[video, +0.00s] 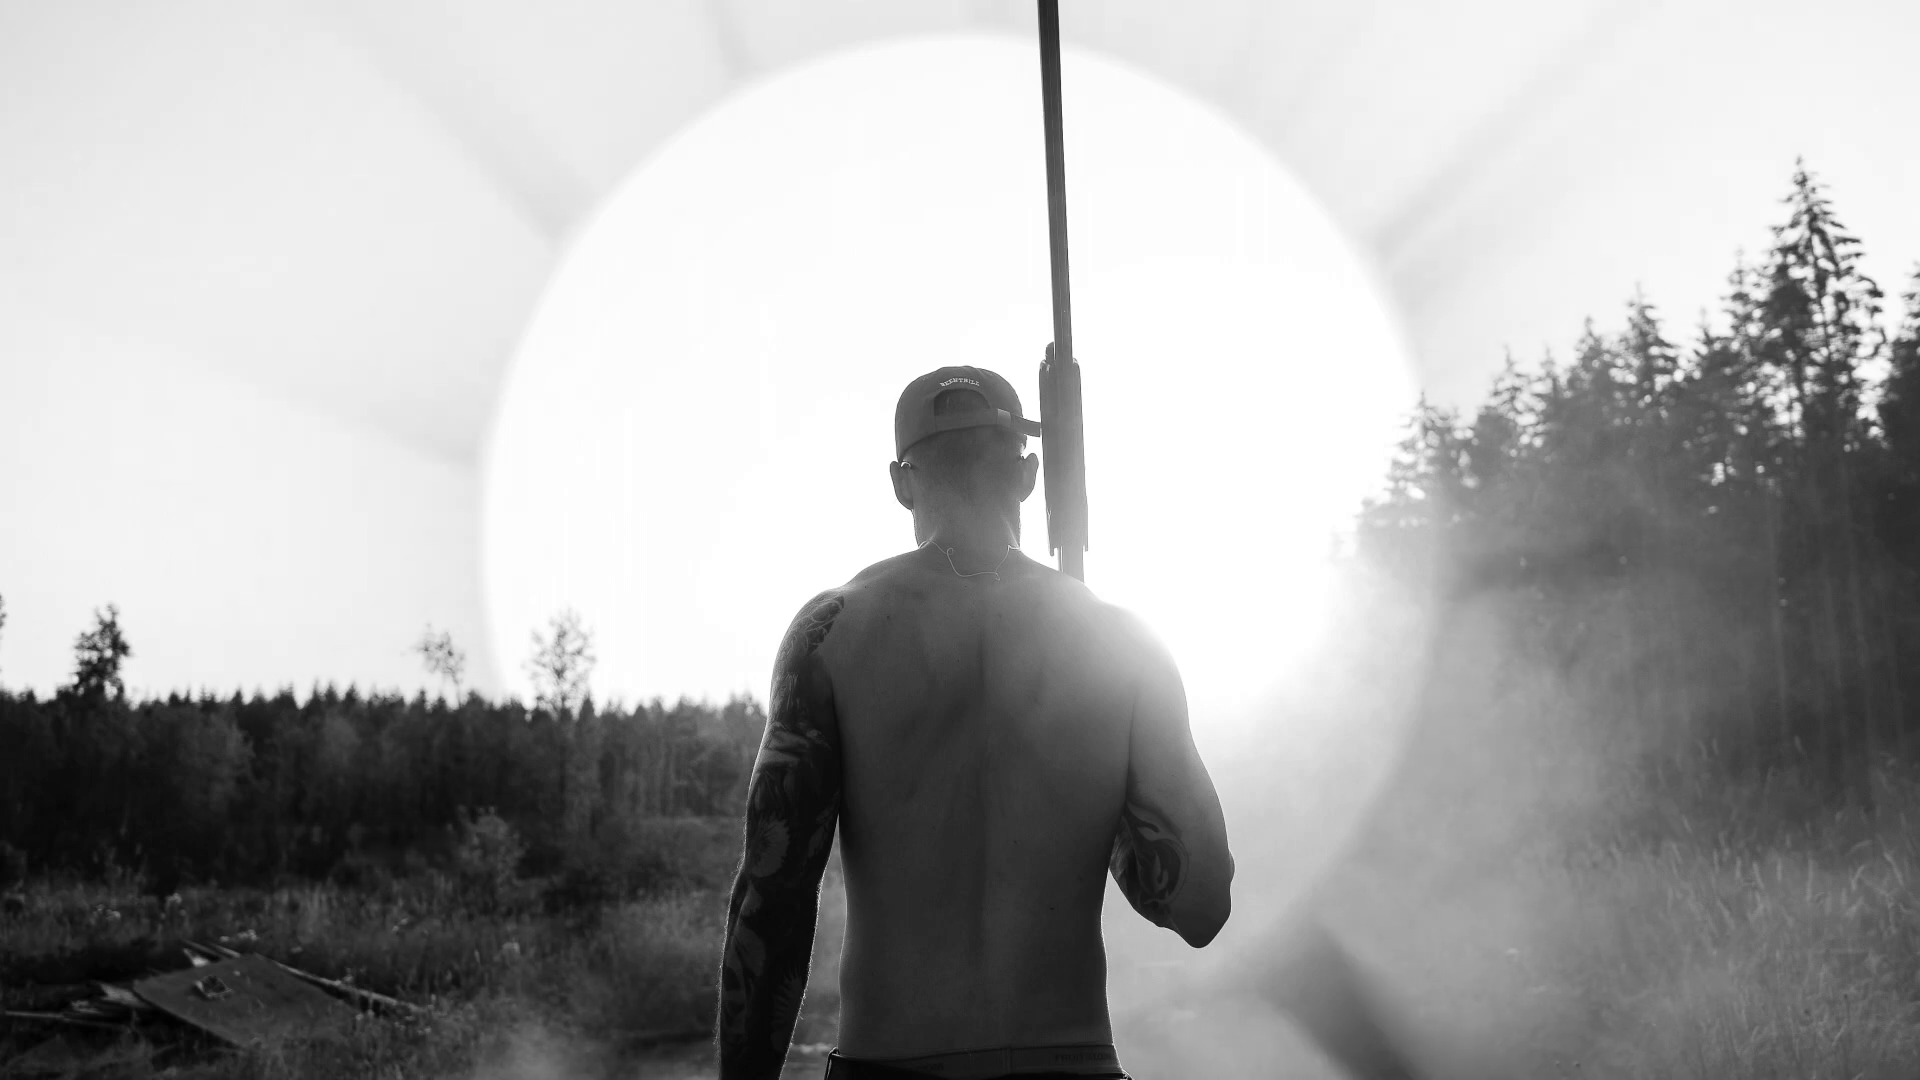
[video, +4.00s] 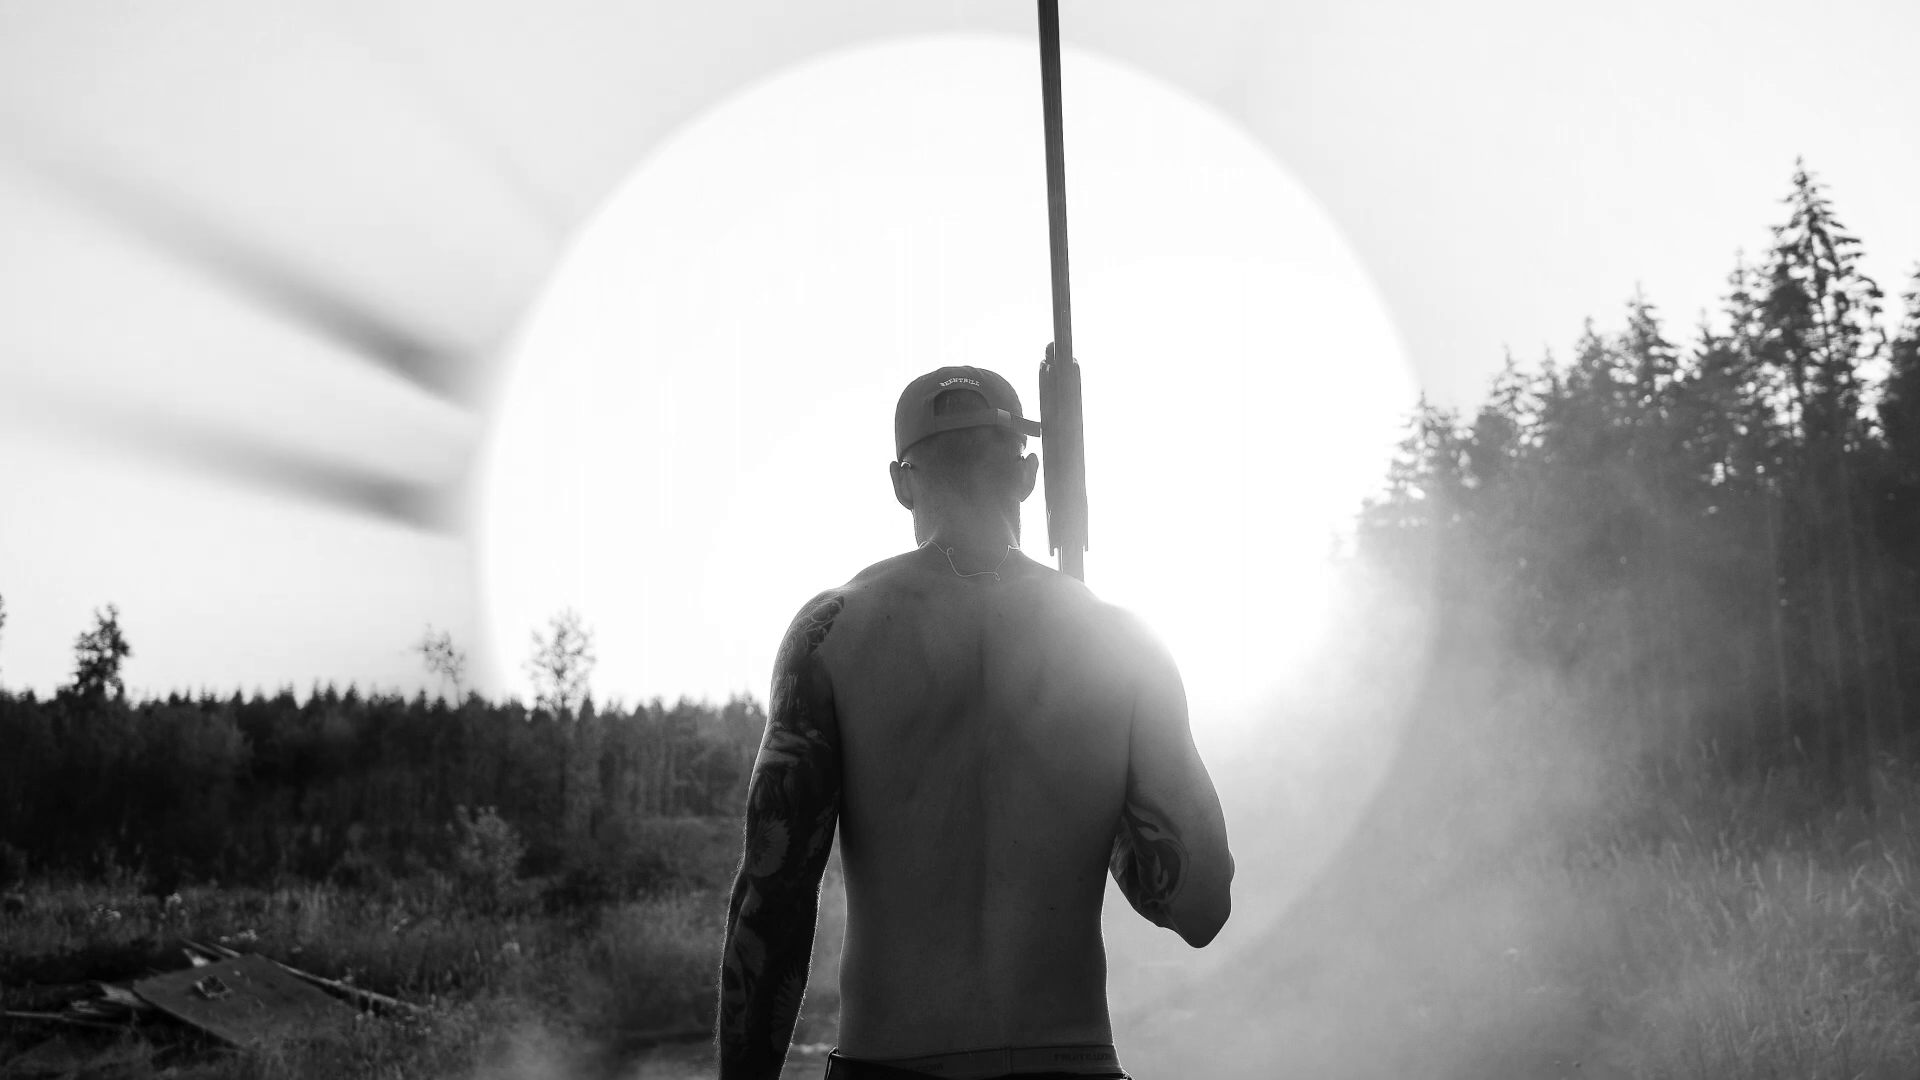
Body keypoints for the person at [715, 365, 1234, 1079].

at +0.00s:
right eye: (1017, 450)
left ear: (903, 486)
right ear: (1027, 476)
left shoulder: (832, 630)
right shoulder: (1121, 641)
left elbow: (773, 884)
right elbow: (1201, 904)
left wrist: (747, 1063)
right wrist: (1102, 803)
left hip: (887, 1045)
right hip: (1068, 1045)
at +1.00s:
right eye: (1017, 450)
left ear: (903, 486)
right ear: (1027, 476)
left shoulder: (832, 630)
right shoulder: (1121, 641)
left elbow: (773, 884)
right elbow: (1201, 904)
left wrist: (747, 1063)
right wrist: (1102, 803)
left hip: (887, 1045)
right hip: (1067, 1045)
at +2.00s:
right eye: (1017, 450)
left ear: (903, 486)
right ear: (1027, 476)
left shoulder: (832, 630)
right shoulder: (1121, 641)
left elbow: (773, 884)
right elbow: (1201, 904)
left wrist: (747, 1063)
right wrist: (1102, 803)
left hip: (887, 1045)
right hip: (1067, 1045)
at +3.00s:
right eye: (1017, 450)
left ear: (903, 486)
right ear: (1027, 476)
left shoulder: (832, 630)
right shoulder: (1121, 641)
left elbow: (773, 884)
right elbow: (1201, 904)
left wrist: (747, 1063)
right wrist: (1102, 803)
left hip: (887, 1045)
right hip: (1068, 1045)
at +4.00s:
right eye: (1015, 448)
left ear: (903, 486)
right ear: (1028, 477)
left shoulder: (831, 630)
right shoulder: (1121, 641)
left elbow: (773, 886)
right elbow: (1201, 905)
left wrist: (747, 1063)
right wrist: (1101, 800)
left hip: (886, 1046)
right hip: (1068, 1046)